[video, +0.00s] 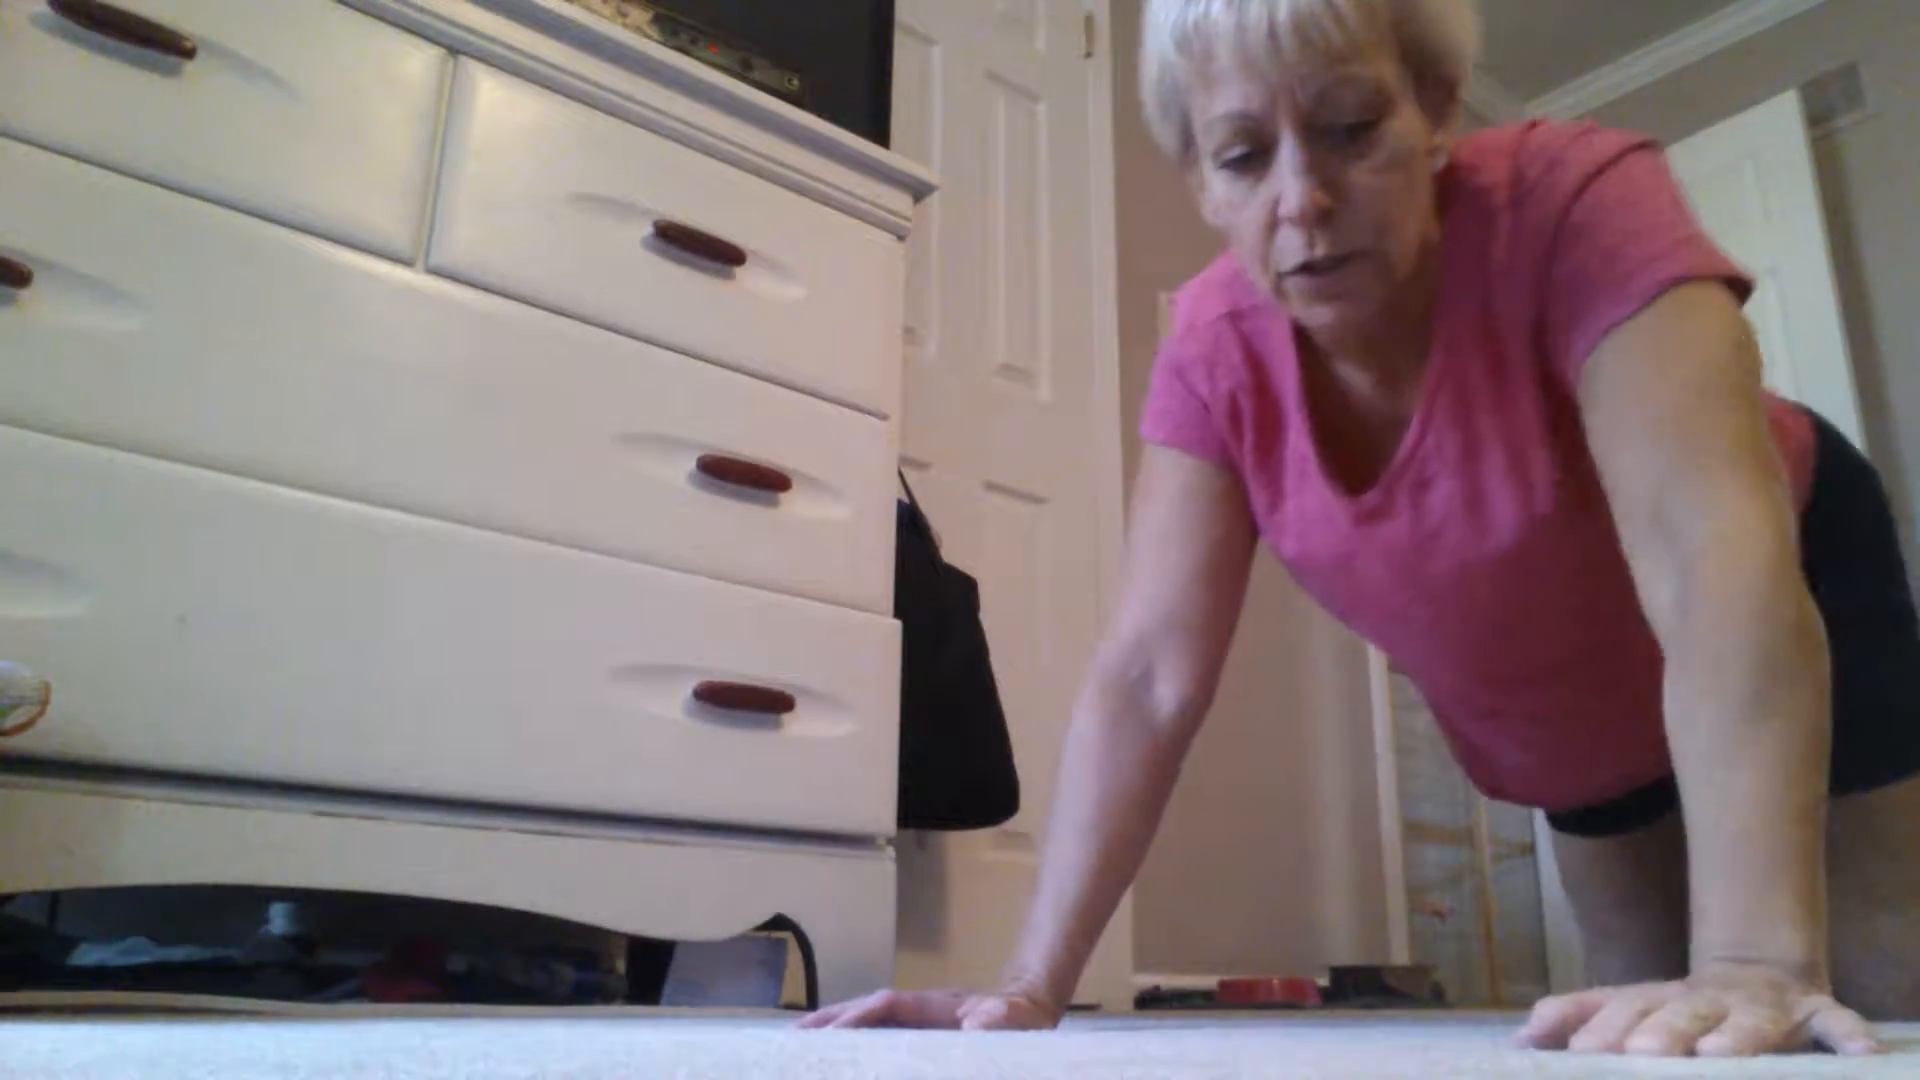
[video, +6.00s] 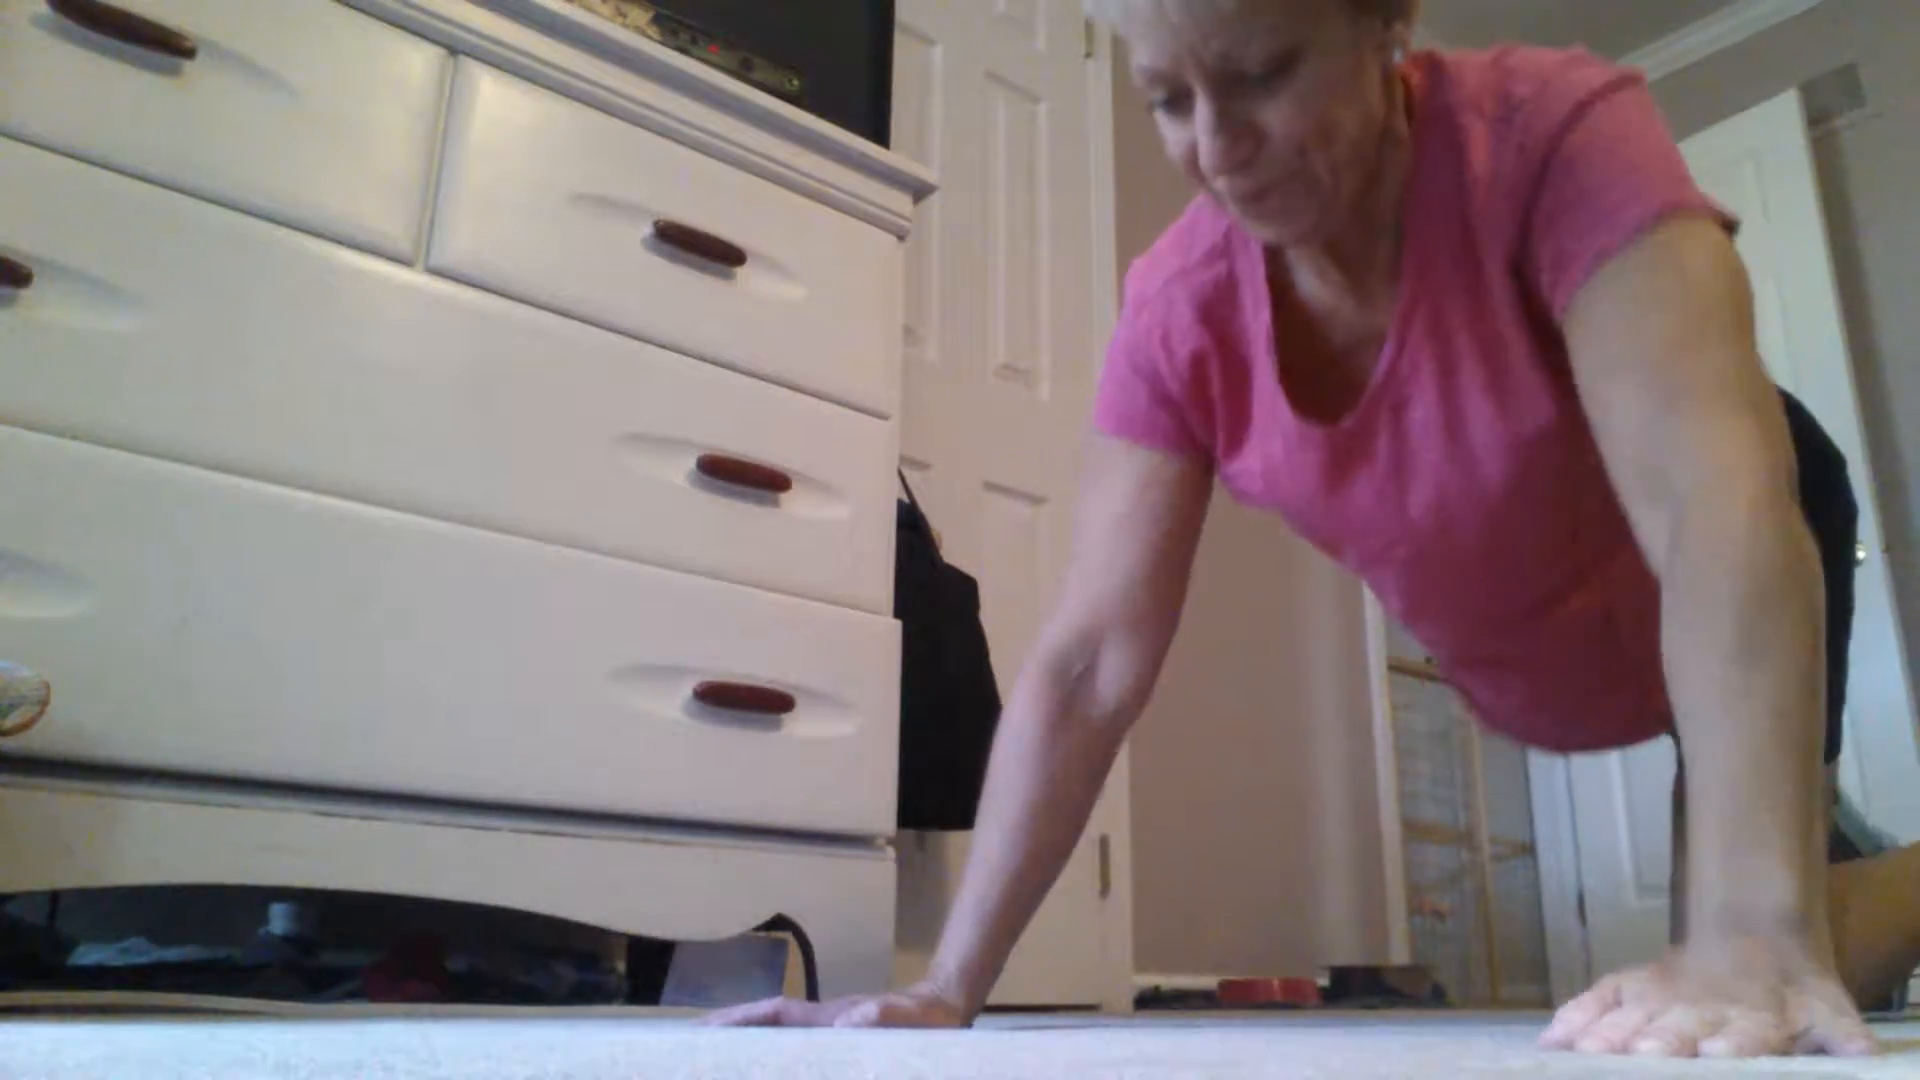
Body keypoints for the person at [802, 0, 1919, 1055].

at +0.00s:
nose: (1304, 196)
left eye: (1347, 127)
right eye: (1247, 153)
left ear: (1434, 117)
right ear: (1202, 183)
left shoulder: (1580, 208)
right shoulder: (1216, 341)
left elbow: (1722, 577)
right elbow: (1146, 679)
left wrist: (1758, 969)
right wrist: (1033, 983)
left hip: (1783, 609)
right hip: (1571, 710)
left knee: (1865, 1013)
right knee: (1642, 1043)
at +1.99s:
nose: (1228, 135)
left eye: (1268, 73)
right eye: (1167, 99)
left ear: (1346, 89)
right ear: (1115, 157)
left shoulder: (1490, 219)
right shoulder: (1105, 341)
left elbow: (1647, 561)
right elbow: (1053, 685)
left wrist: (1751, 974)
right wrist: (953, 979)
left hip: (1648, 559)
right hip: (1487, 667)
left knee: (1776, 959)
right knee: (1643, 988)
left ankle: (1907, 867)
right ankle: (1863, 876)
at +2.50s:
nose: (1077, 166)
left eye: (1117, 89)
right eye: (1031, 120)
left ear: (1246, 69)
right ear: (1007, 136)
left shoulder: (1435, 191)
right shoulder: (1080, 330)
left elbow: (1624, 530)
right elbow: (1042, 674)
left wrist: (1754, 972)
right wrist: (950, 983)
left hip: (1678, 542)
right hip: (1500, 659)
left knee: (1776, 955)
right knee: (1644, 999)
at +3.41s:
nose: (1099, 195)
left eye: (1145, 120)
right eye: (1057, 139)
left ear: (1300, 58)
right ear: (1029, 122)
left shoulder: (1510, 153)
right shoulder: (1120, 317)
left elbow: (1706, 516)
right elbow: (1060, 672)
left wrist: (1767, 966)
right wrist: (950, 983)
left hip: (1694, 583)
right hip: (1529, 694)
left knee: (1784, 920)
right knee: (1691, 843)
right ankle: (1867, 925)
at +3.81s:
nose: (1267, 140)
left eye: (1316, 60)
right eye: (1206, 90)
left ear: (1415, 28)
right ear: (1159, 95)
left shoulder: (1583, 129)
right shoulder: (1175, 308)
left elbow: (1728, 515)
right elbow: (1086, 681)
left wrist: (1769, 966)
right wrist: (954, 981)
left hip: (1739, 576)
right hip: (1562, 673)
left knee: (1775, 924)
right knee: (1751, 910)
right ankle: (1877, 926)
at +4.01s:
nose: (1382, 116)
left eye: (1432, 45)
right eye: (1313, 62)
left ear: (1500, 33)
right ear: (1222, 71)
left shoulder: (1625, 131)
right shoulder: (1196, 302)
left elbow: (1736, 518)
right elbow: (1092, 676)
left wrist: (1770, 965)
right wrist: (953, 980)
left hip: (1751, 578)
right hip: (1556, 678)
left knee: (1777, 932)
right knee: (1765, 925)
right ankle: (1876, 922)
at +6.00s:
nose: (1217, 142)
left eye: (1258, 77)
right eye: (1173, 97)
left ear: (1389, 48)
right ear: (1141, 95)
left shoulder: (1558, 134)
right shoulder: (1183, 304)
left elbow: (1722, 502)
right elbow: (1087, 667)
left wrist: (1751, 931)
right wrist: (951, 981)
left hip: (1734, 566)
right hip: (1560, 670)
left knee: (1767, 944)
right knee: (1790, 903)